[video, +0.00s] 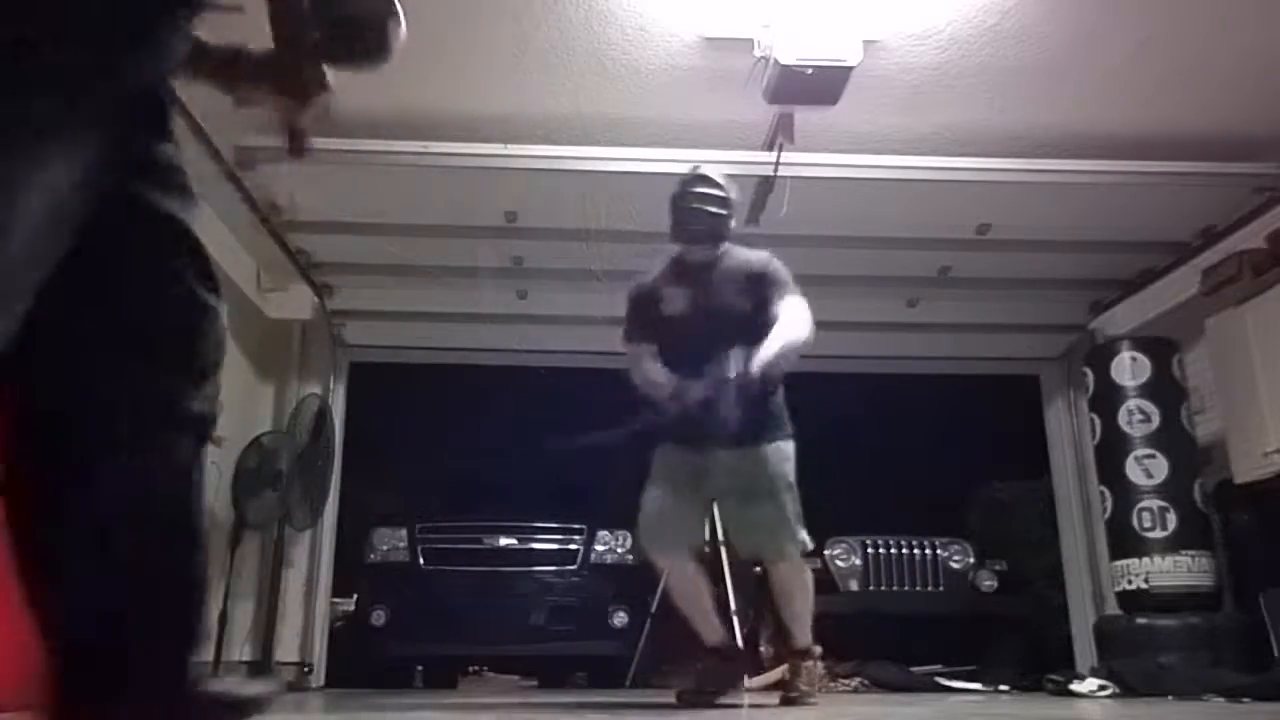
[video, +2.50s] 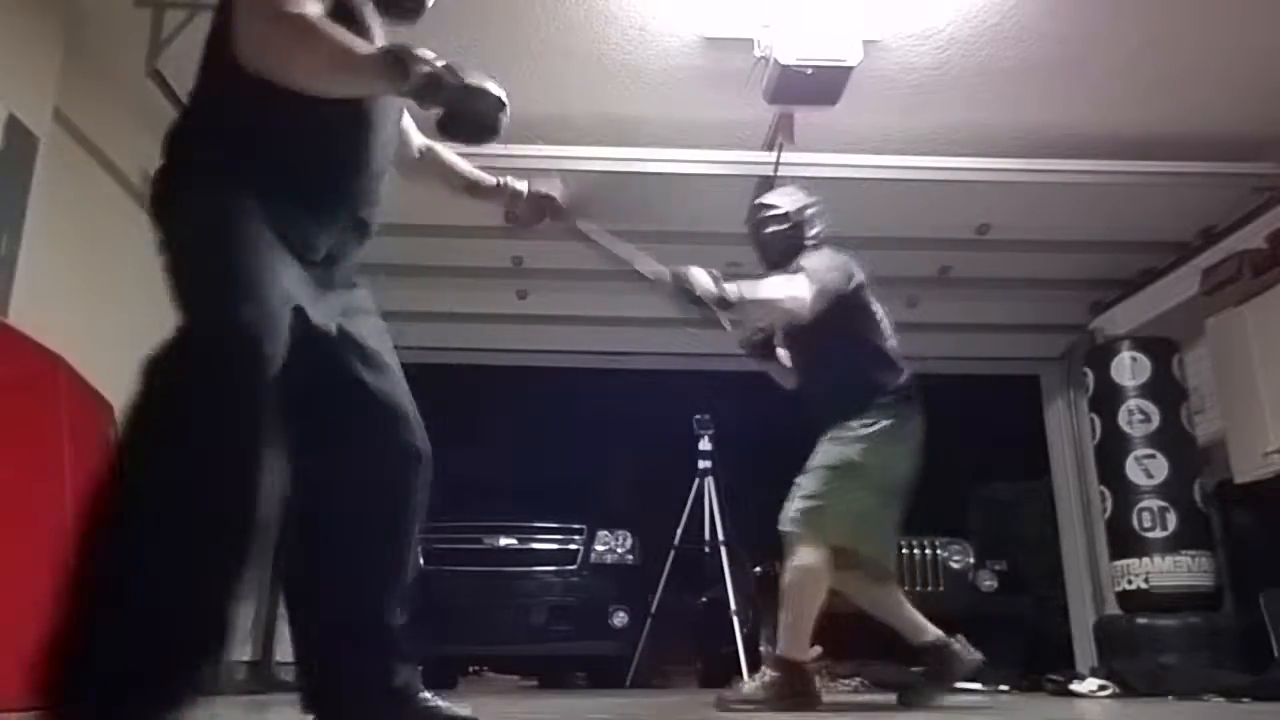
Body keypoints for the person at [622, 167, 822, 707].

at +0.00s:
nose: (698, 228)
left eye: (710, 218)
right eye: (688, 217)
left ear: (728, 222)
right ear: (673, 219)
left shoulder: (760, 271)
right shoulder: (650, 293)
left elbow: (796, 323)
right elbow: (641, 362)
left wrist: (756, 373)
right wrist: (676, 392)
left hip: (758, 442)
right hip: (684, 444)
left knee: (781, 544)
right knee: (663, 540)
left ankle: (805, 659)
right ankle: (720, 655)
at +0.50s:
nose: (645, 198)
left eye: (655, 186)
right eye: (639, 188)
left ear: (681, 191)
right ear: (629, 195)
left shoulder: (708, 227)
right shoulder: (635, 263)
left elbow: (644, 225)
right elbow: (577, 295)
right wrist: (585, 228)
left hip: (750, 410)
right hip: (682, 417)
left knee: (759, 538)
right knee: (651, 542)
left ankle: (796, 631)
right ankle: (690, 669)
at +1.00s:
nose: (668, 163)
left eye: (674, 146)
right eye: (651, 153)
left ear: (697, 144)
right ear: (639, 163)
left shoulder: (731, 198)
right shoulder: (649, 227)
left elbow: (765, 257)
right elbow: (577, 263)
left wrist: (758, 295)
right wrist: (573, 213)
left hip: (765, 364)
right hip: (708, 382)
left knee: (707, 491)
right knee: (662, 534)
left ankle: (723, 667)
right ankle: (799, 633)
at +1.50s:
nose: (780, 162)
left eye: (791, 152)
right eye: (768, 153)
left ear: (809, 160)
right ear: (748, 164)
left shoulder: (839, 210)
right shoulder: (751, 247)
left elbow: (871, 263)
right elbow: (736, 326)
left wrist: (807, 283)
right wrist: (691, 306)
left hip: (851, 393)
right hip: (784, 407)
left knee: (857, 522)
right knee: (775, 533)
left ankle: (915, 630)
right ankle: (827, 667)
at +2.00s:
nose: (830, 205)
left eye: (841, 194)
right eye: (820, 199)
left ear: (865, 199)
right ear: (811, 213)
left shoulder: (900, 248)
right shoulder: (816, 276)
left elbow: (920, 315)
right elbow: (782, 339)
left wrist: (884, 333)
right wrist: (720, 310)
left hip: (922, 421)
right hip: (861, 431)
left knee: (946, 545)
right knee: (849, 551)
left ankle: (995, 669)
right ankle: (933, 650)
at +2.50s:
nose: (764, 232)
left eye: (774, 221)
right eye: (758, 224)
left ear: (806, 223)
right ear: (753, 236)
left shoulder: (828, 260)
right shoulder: (784, 291)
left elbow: (804, 298)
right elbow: (797, 379)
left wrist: (725, 292)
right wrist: (765, 352)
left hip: (877, 416)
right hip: (855, 422)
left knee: (805, 523)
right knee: (839, 562)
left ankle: (790, 671)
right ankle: (942, 651)